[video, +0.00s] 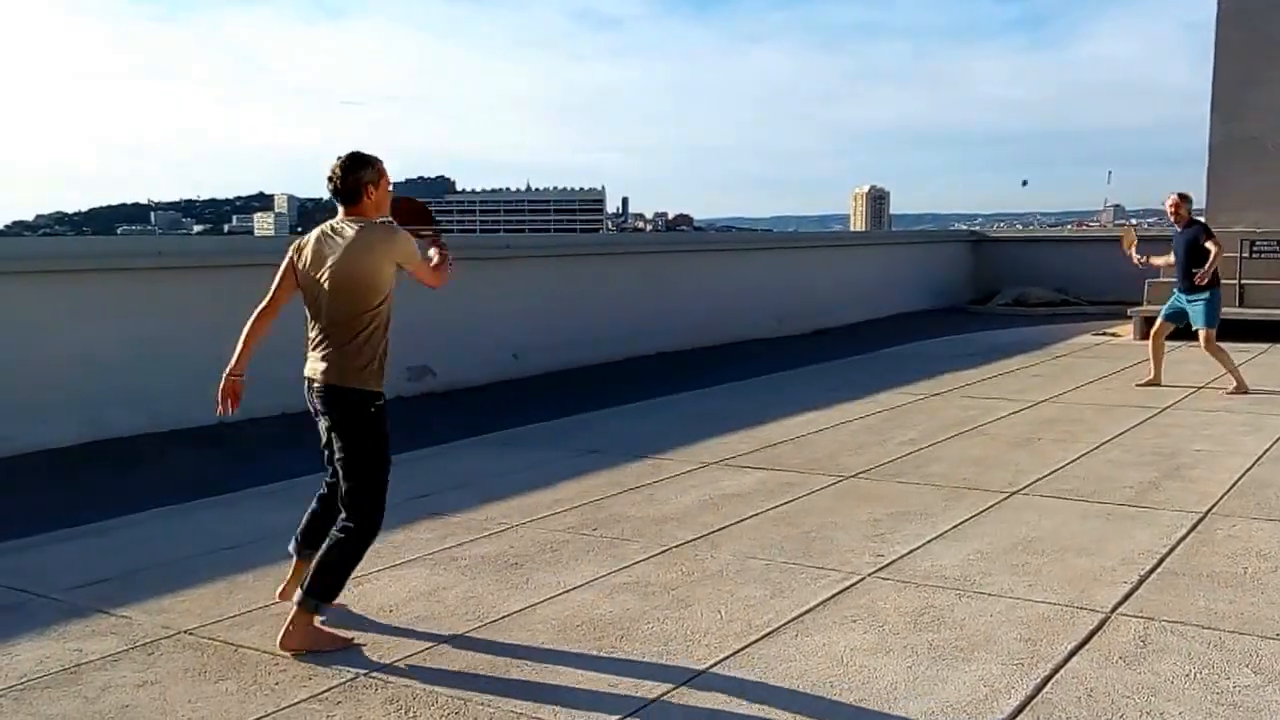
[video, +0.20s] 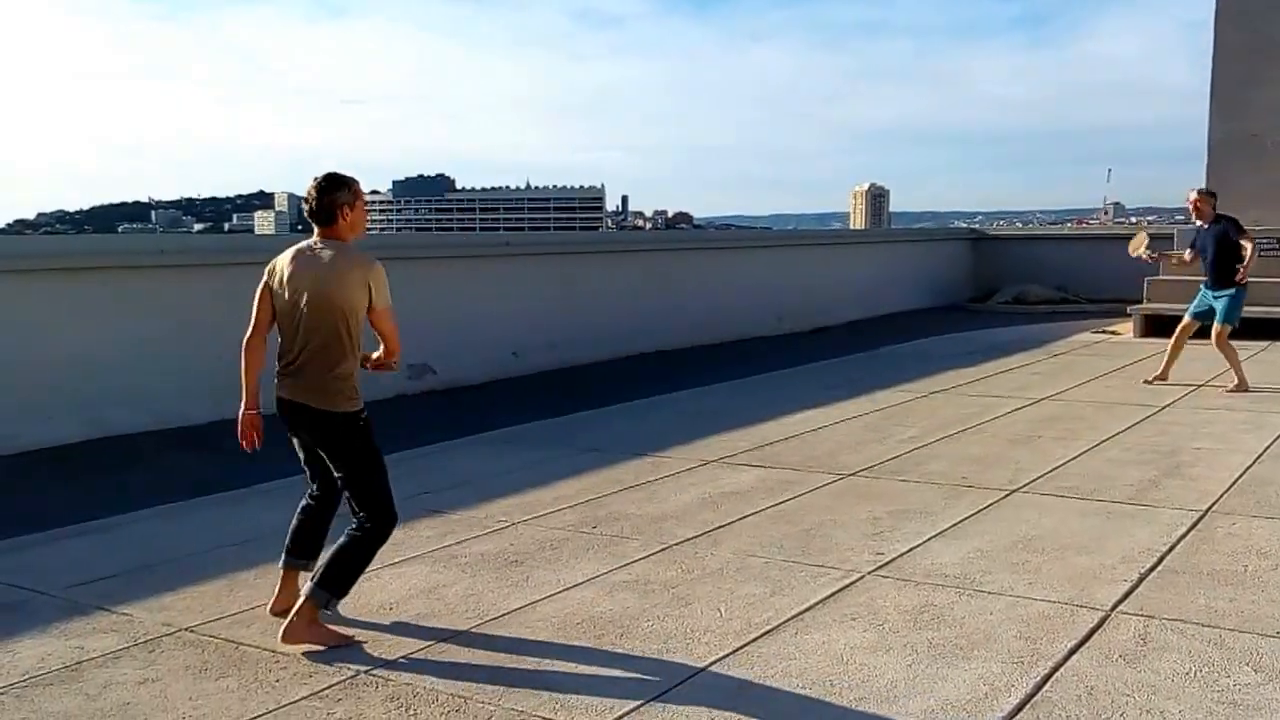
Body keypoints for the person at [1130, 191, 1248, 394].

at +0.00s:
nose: (1173, 212)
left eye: (1177, 208)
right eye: (1170, 208)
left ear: (1187, 208)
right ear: (1167, 211)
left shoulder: (1199, 228)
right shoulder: (1177, 234)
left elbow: (1216, 249)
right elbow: (1172, 260)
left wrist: (1207, 270)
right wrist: (1146, 260)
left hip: (1204, 295)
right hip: (1181, 294)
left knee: (1207, 343)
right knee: (1156, 334)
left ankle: (1240, 382)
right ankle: (1155, 377)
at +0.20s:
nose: (1193, 208)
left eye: (1197, 203)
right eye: (1191, 204)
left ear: (1210, 204)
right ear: (1190, 207)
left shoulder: (1227, 224)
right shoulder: (1200, 232)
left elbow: (1250, 244)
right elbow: (1187, 259)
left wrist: (1246, 266)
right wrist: (1161, 257)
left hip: (1231, 290)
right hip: (1209, 289)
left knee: (1219, 338)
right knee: (1182, 330)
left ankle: (1241, 381)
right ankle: (1163, 373)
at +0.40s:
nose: (1214, 186)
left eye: (1219, 182)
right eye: (1213, 182)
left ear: (1232, 184)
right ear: (1214, 185)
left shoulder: (1249, 205)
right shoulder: (1212, 207)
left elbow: (1272, 226)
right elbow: (1200, 235)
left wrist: (1271, 241)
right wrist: (1180, 235)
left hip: (1245, 272)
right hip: (1221, 271)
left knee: (1237, 323)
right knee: (1208, 320)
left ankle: (1242, 376)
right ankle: (1214, 363)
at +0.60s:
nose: (1238, 183)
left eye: (1243, 180)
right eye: (1236, 178)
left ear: (1252, 185)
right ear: (1230, 182)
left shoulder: (1261, 208)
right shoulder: (1221, 209)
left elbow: (1279, 221)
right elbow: (1219, 241)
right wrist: (1234, 242)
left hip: (1254, 274)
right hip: (1228, 273)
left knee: (1252, 323)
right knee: (1217, 321)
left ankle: (1267, 373)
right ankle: (1222, 362)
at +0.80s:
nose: (1240, 175)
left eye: (1245, 172)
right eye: (1237, 171)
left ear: (1254, 178)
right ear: (1232, 176)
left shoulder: (1265, 203)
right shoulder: (1223, 205)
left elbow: (1276, 232)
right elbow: (1216, 240)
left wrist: (1275, 246)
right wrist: (1230, 253)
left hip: (1254, 269)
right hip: (1229, 268)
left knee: (1249, 318)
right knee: (1216, 314)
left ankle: (1263, 368)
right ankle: (1218, 358)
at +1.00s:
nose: (1233, 177)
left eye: (1238, 174)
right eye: (1230, 174)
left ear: (1246, 178)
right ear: (1225, 178)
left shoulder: (1258, 202)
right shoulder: (1219, 204)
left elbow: (1274, 234)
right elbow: (1202, 233)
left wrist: (1265, 261)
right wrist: (1198, 258)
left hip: (1248, 271)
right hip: (1223, 270)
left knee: (1245, 316)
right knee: (1208, 312)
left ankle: (1259, 366)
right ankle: (1211, 351)